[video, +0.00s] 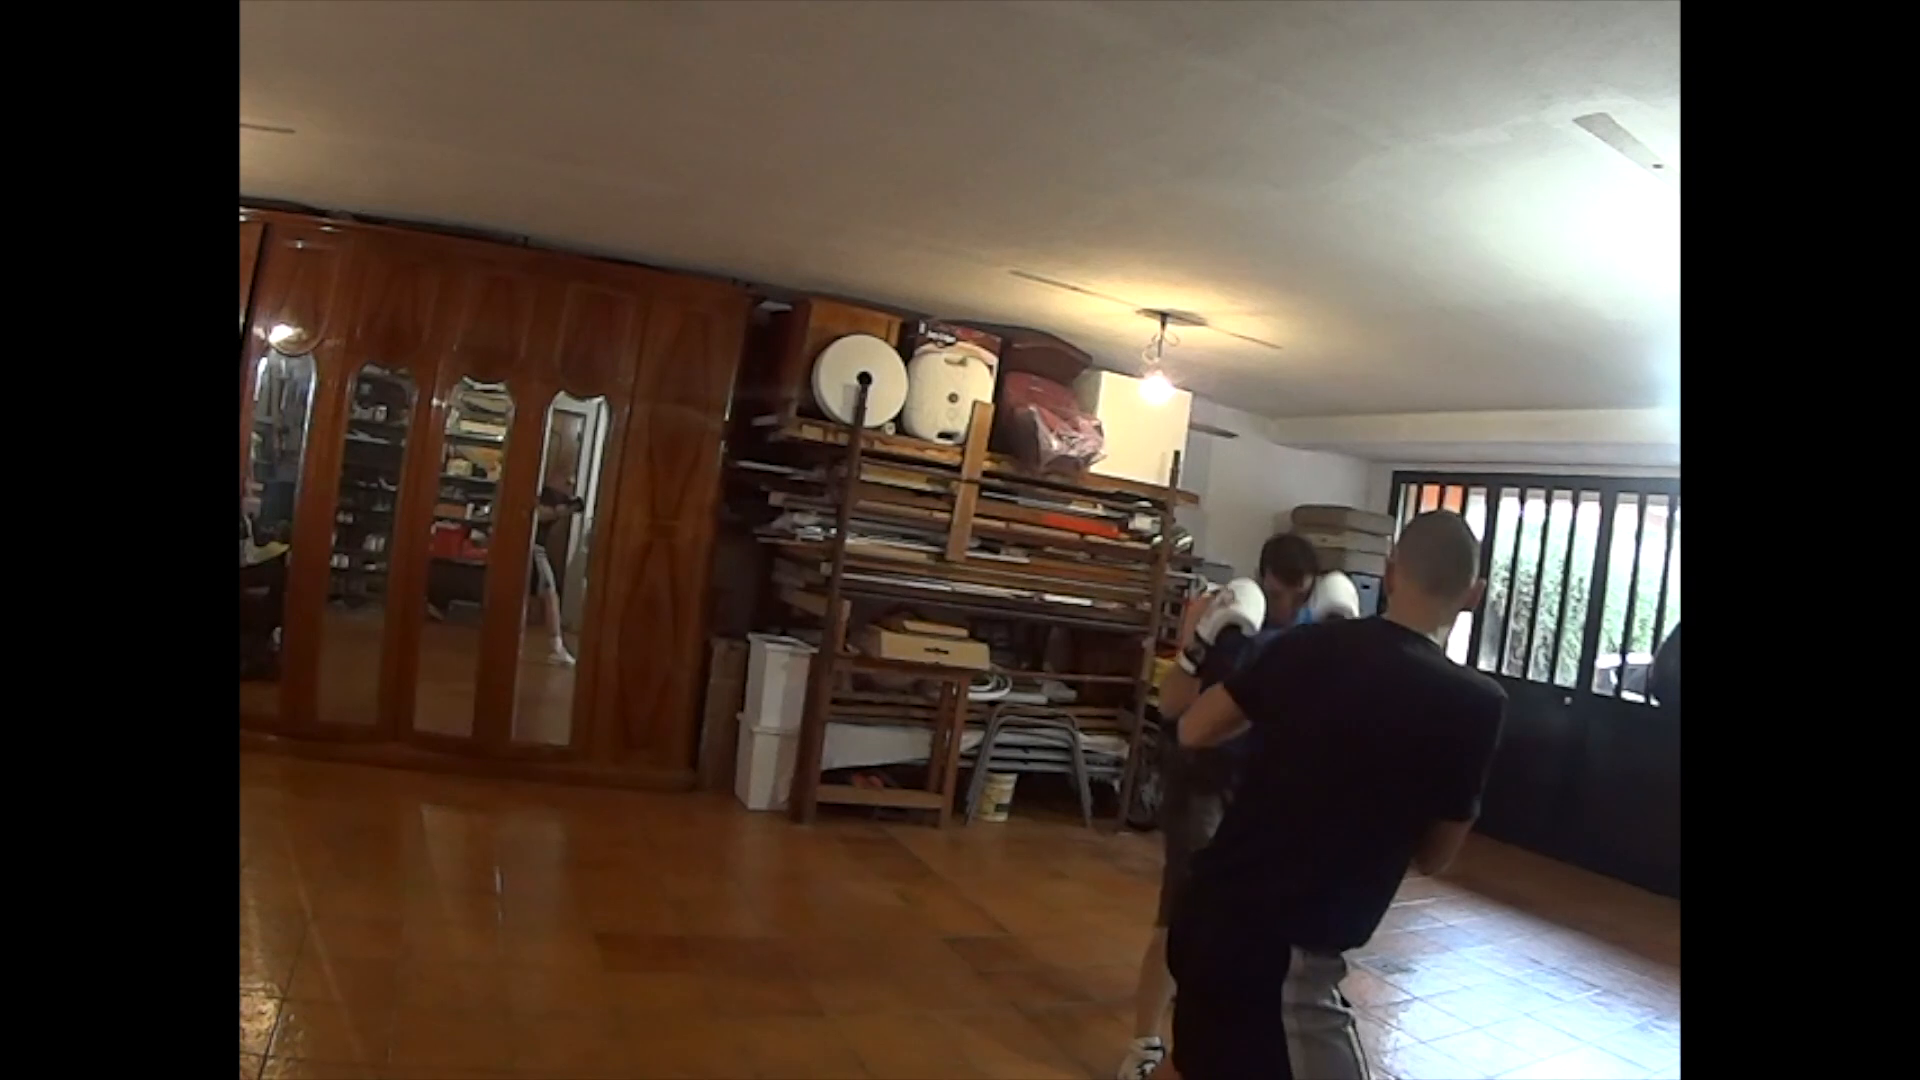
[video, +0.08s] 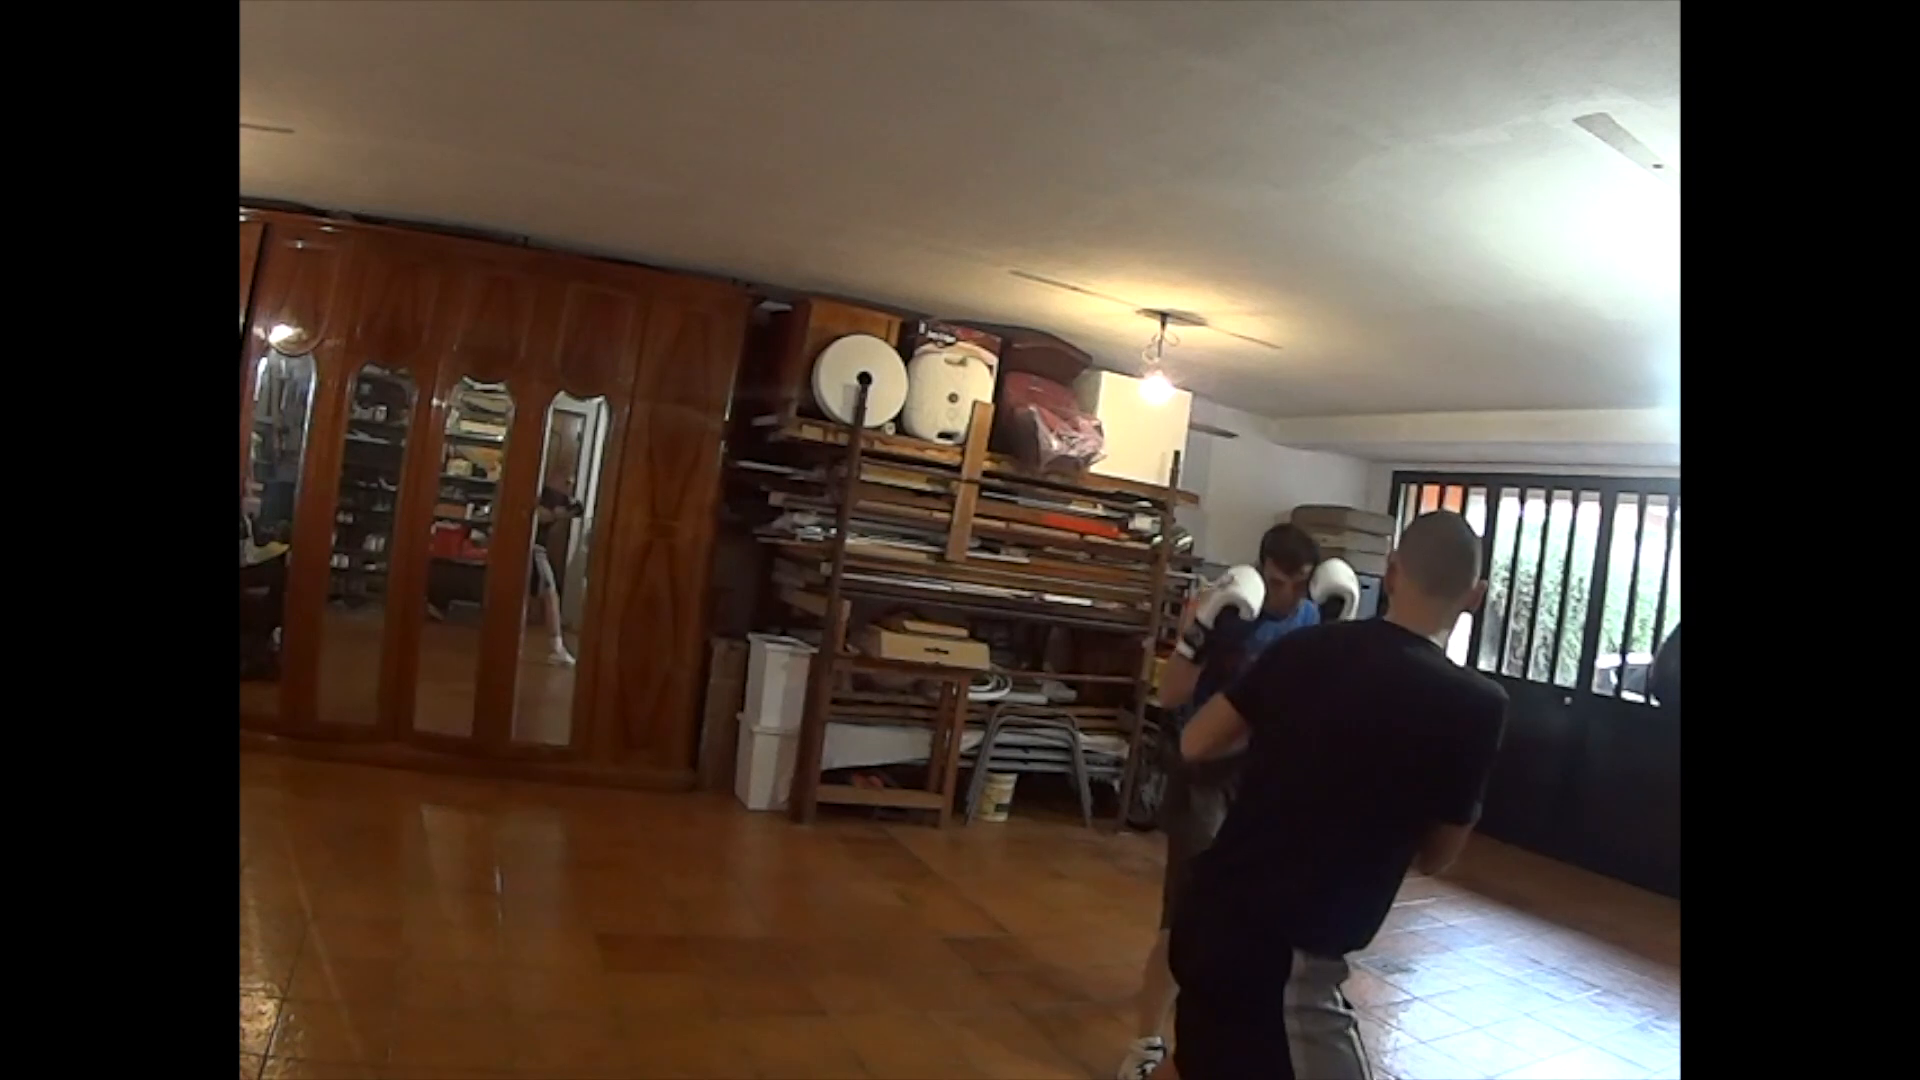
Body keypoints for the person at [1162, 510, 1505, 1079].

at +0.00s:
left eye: (1391, 564)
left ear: (1389, 572)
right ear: (1473, 596)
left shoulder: (1306, 647)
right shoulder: (1474, 704)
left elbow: (1194, 730)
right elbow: (1436, 857)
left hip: (1212, 918)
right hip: (1301, 959)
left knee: (1201, 1064)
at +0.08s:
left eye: (1392, 565)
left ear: (1390, 572)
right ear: (1475, 598)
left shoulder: (1305, 649)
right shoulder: (1475, 705)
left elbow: (1197, 742)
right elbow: (1437, 856)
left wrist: (1281, 726)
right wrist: (1385, 785)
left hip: (1212, 924)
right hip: (1301, 964)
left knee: (1205, 1065)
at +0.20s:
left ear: (1384, 572)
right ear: (1467, 595)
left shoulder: (1298, 655)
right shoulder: (1479, 701)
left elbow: (1198, 770)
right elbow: (1444, 857)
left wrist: (1276, 774)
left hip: (1218, 927)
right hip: (1315, 963)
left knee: (1213, 1065)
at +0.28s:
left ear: (1375, 576)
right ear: (1455, 598)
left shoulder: (1299, 656)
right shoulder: (1474, 691)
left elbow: (1200, 777)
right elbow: (1445, 856)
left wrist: (1271, 786)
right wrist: (1388, 800)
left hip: (1213, 924)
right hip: (1311, 959)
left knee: (1213, 1057)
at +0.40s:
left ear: (1371, 591)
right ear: (1447, 610)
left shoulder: (1298, 663)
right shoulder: (1460, 701)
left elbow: (1199, 749)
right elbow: (1436, 858)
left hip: (1203, 937)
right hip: (1302, 965)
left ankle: (1202, 1061)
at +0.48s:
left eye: (1380, 585)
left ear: (1378, 594)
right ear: (1460, 619)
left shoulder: (1315, 653)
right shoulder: (1465, 719)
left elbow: (1218, 689)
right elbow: (1434, 874)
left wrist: (1272, 639)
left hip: (1198, 950)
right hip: (1298, 988)